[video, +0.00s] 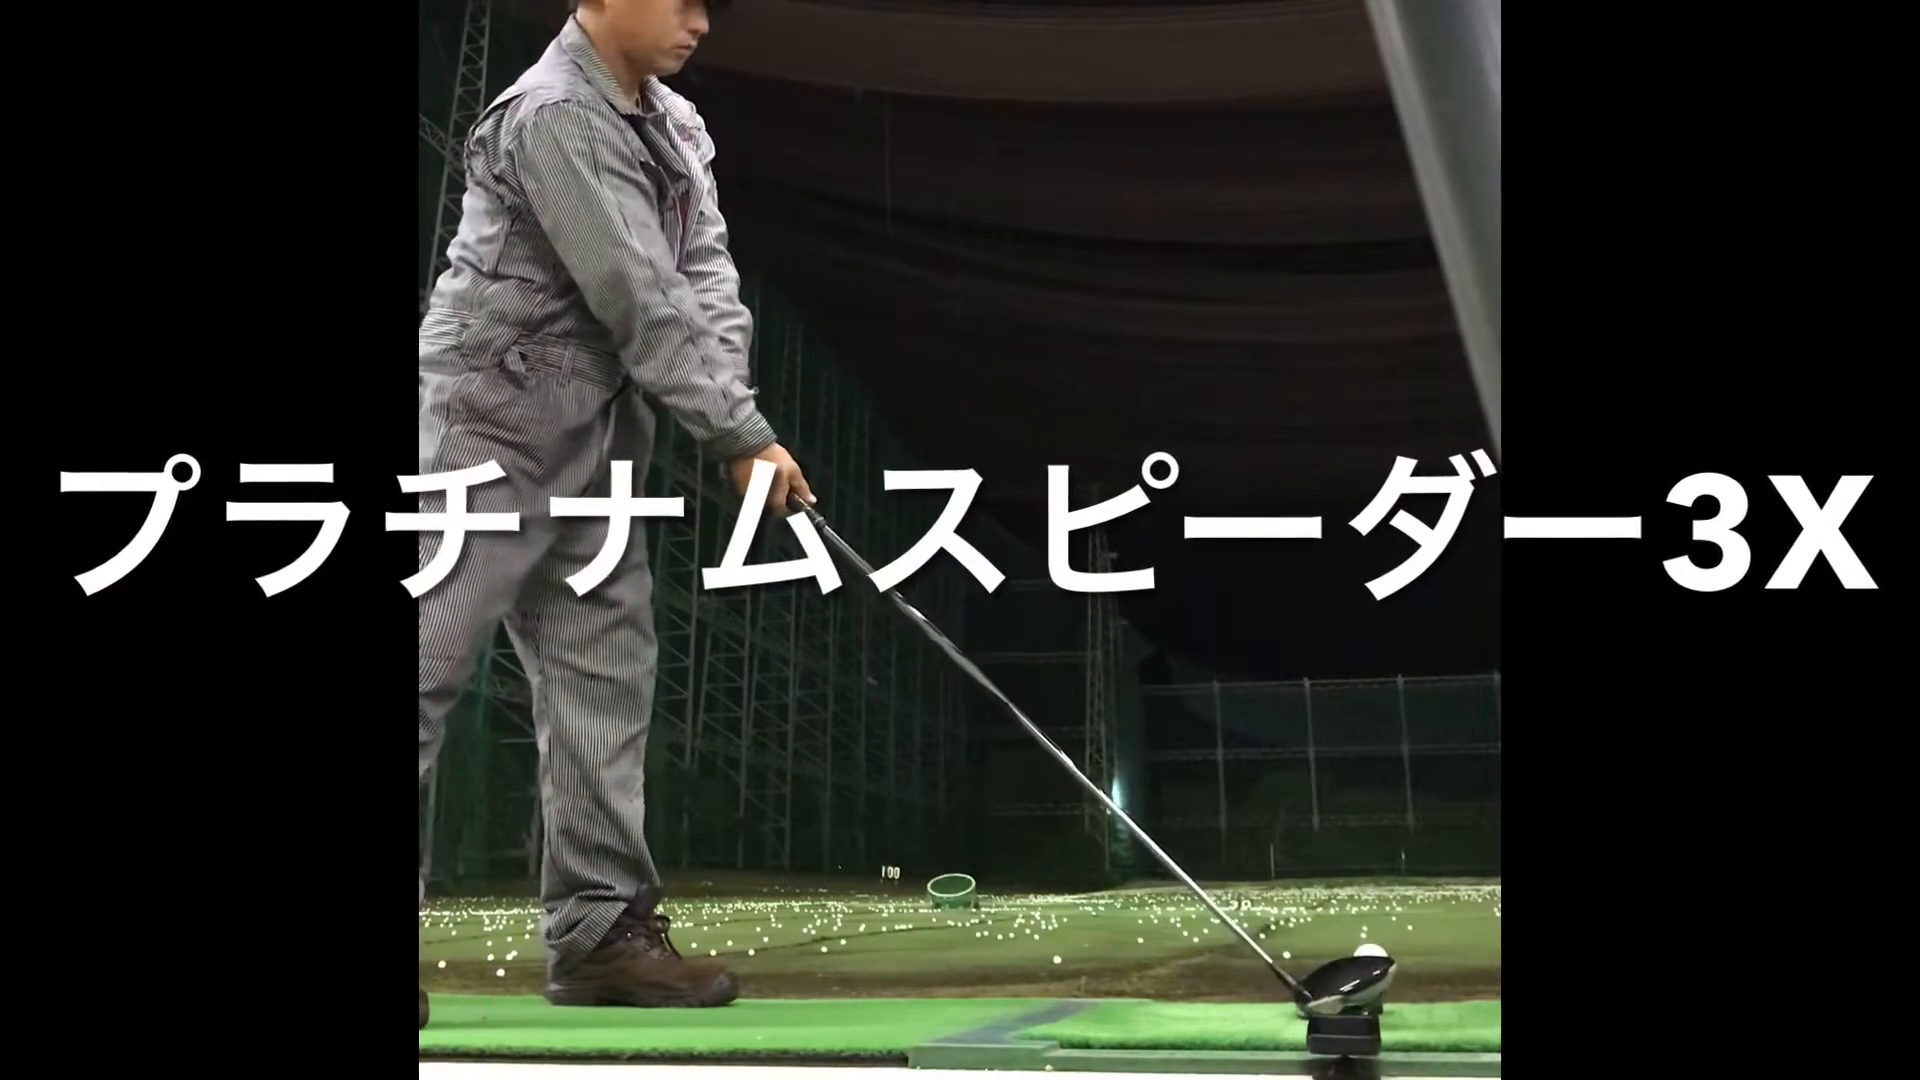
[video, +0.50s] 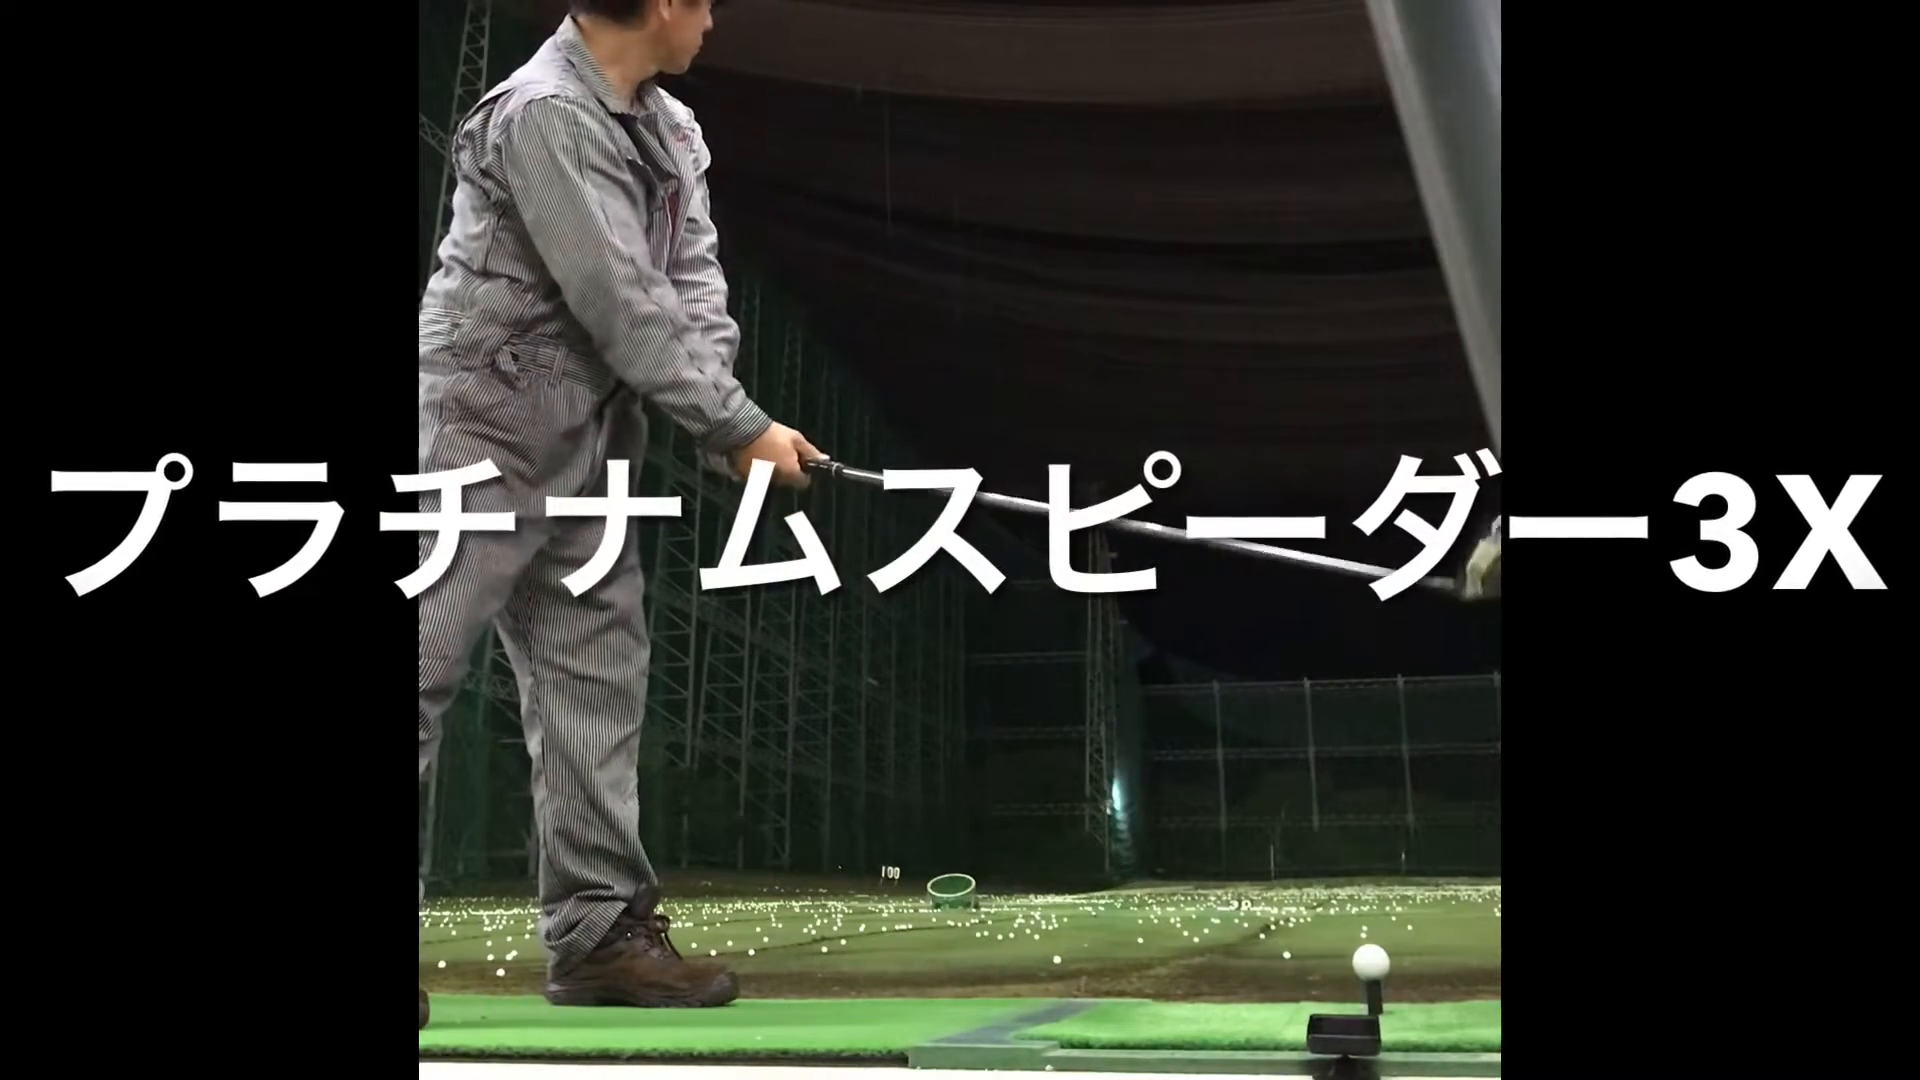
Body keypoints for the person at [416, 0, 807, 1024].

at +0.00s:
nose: (702, 20)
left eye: (704, 4)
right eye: (683, 0)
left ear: (670, 16)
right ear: (605, 2)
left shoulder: (676, 121)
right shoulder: (554, 113)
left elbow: (708, 277)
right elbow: (637, 295)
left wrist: (730, 419)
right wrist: (743, 434)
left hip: (591, 448)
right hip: (480, 436)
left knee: (602, 682)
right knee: (430, 683)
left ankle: (598, 935)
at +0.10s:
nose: (712, 15)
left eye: (712, 2)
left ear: (648, 12)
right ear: (624, 2)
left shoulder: (680, 122)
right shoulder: (554, 112)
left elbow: (702, 288)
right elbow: (620, 302)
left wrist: (714, 428)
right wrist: (726, 445)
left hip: (588, 455)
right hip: (476, 442)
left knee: (598, 683)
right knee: (428, 681)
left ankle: (597, 937)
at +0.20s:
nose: (716, 13)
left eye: (713, 0)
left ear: (652, 14)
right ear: (652, 7)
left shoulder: (683, 121)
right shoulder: (551, 116)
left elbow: (699, 292)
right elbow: (613, 309)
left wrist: (694, 420)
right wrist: (720, 451)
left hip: (586, 448)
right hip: (472, 437)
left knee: (598, 680)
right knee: (426, 682)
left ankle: (597, 938)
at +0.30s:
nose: (714, 19)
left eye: (712, 4)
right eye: (705, 4)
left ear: (659, 13)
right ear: (660, 9)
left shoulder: (678, 125)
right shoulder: (548, 115)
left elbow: (697, 289)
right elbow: (614, 304)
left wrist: (712, 421)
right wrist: (729, 440)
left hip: (586, 455)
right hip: (476, 442)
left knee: (595, 686)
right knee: (426, 687)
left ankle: (597, 937)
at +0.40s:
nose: (712, 19)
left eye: (710, 5)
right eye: (705, 4)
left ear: (659, 12)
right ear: (664, 7)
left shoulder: (675, 126)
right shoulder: (546, 112)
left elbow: (698, 288)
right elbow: (620, 301)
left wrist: (726, 420)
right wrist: (745, 429)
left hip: (585, 457)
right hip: (473, 445)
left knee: (594, 688)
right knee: (424, 686)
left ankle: (598, 937)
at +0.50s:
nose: (710, 18)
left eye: (709, 5)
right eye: (704, 4)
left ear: (656, 12)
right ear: (663, 8)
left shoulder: (672, 125)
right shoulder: (546, 111)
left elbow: (695, 285)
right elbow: (617, 298)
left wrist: (723, 418)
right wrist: (743, 427)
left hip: (579, 455)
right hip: (471, 443)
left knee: (594, 679)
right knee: (426, 686)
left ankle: (597, 936)